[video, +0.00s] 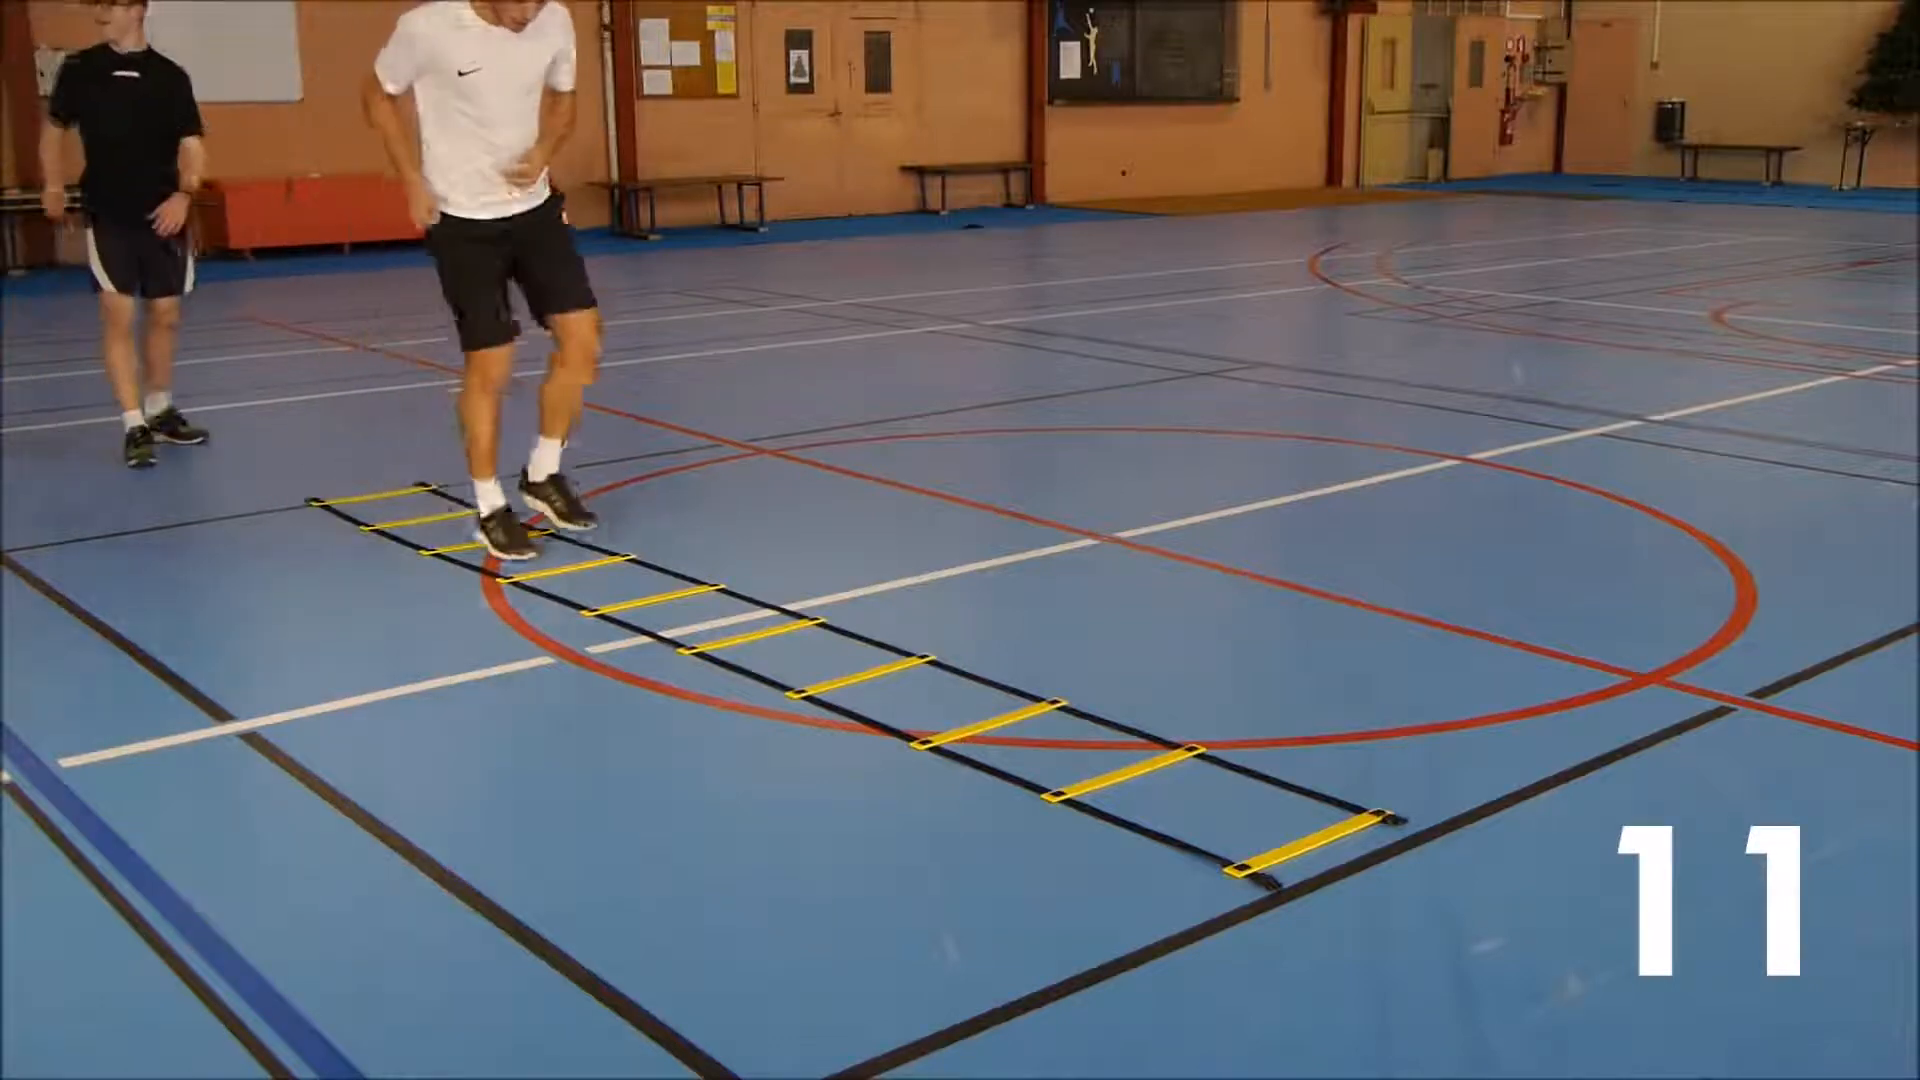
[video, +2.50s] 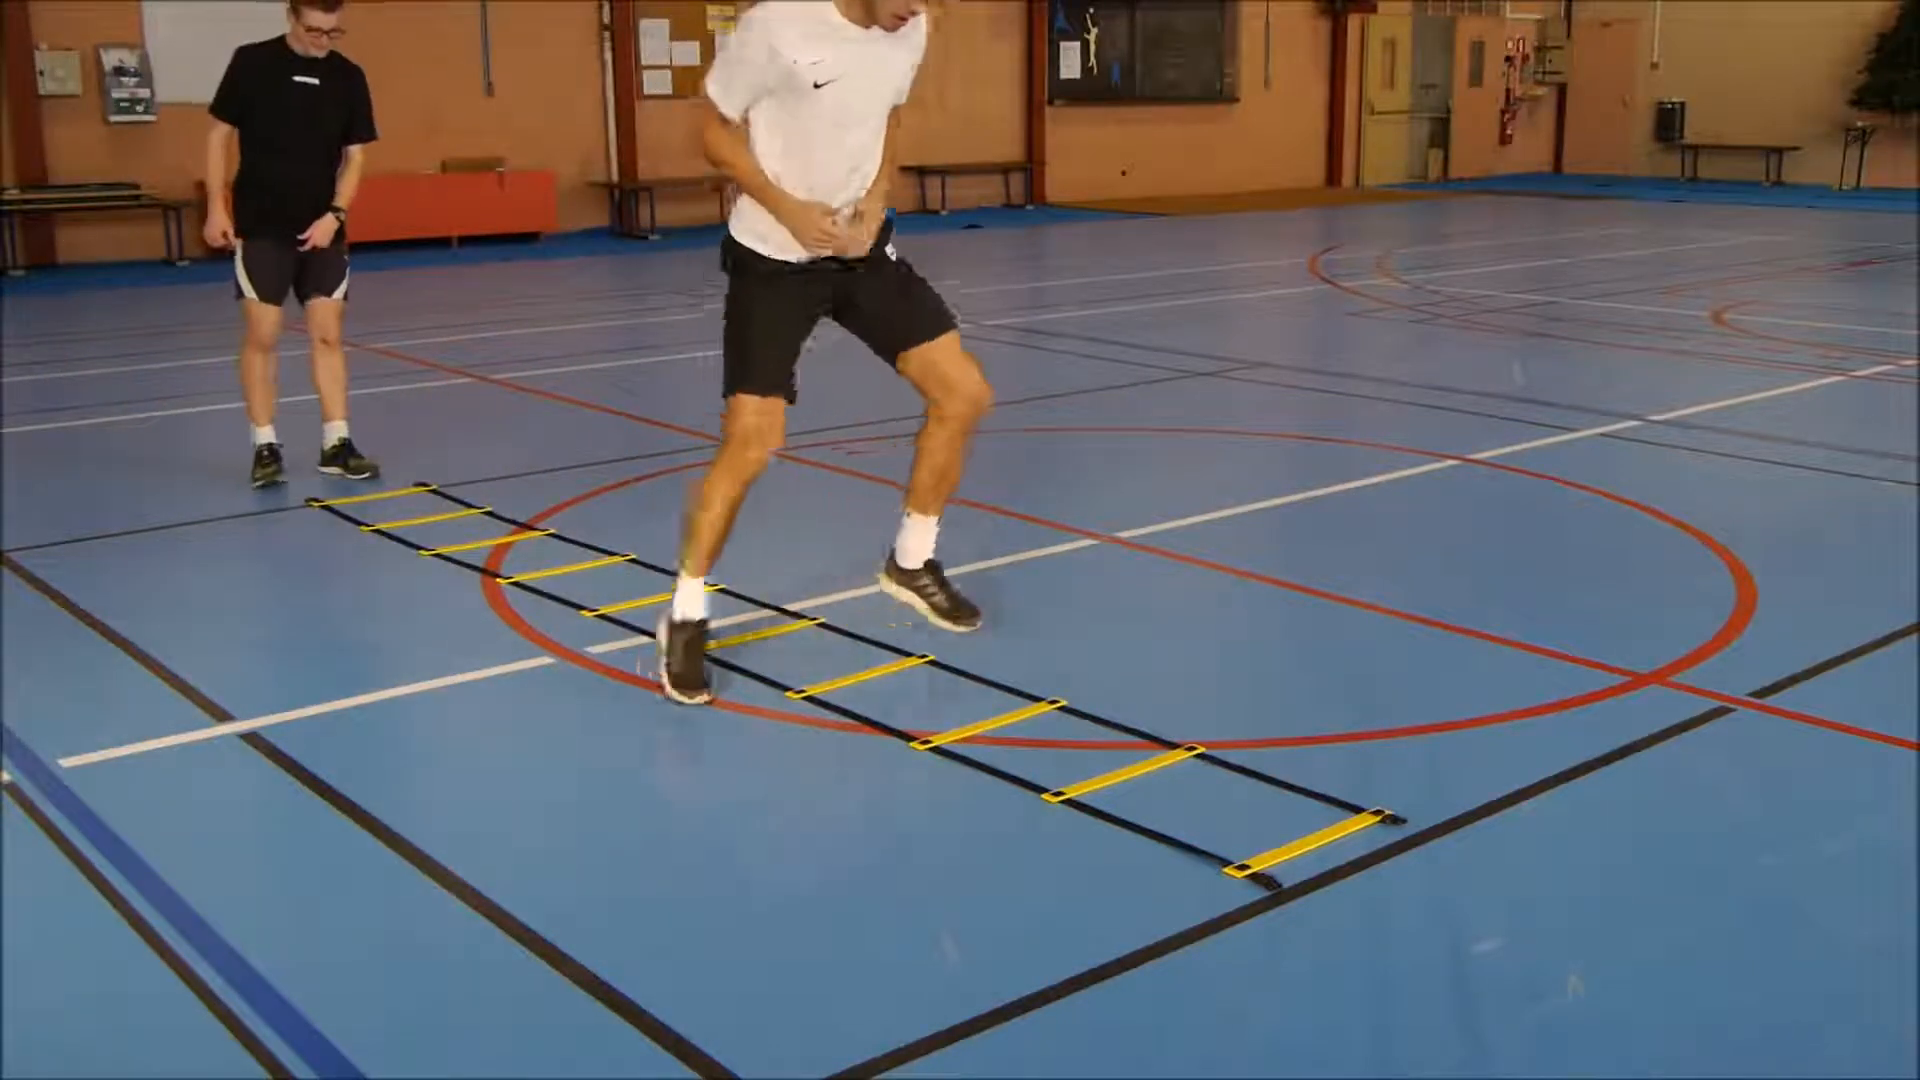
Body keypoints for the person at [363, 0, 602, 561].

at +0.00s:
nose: (528, 16)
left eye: (535, 8)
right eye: (520, 8)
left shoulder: (554, 21)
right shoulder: (426, 27)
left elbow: (561, 98)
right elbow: (378, 92)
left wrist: (542, 152)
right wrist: (413, 182)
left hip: (536, 211)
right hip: (463, 220)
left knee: (581, 343)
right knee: (489, 364)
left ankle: (543, 475)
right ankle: (491, 508)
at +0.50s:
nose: (595, 16)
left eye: (603, 6)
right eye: (586, 5)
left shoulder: (629, 33)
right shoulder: (492, 25)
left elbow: (637, 117)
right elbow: (449, 104)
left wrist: (601, 171)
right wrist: (494, 162)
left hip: (598, 224)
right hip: (512, 223)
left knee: (646, 369)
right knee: (494, 370)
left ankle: (643, 510)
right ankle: (489, 498)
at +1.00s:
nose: (658, 16)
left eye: (663, 9)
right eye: (650, 9)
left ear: (666, 1)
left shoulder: (677, 25)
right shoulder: (548, 26)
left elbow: (676, 106)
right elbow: (492, 107)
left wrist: (656, 170)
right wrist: (574, 158)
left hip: (647, 234)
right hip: (565, 240)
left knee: (726, 359)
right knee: (545, 400)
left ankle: (656, 491)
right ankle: (489, 557)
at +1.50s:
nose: (721, 1)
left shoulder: (763, 14)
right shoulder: (613, 10)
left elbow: (767, 102)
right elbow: (568, 77)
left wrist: (726, 168)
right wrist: (614, 155)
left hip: (718, 226)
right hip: (633, 229)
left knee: (754, 383)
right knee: (654, 394)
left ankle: (696, 541)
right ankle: (651, 547)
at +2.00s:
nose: (822, 6)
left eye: (829, 3)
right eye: (813, 2)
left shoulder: (853, 24)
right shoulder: (698, 17)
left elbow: (854, 118)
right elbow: (654, 98)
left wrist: (818, 198)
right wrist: (708, 169)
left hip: (807, 242)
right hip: (714, 244)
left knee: (864, 405)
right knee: (744, 420)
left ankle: (835, 551)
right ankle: (767, 585)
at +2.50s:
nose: (913, 3)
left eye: (917, 0)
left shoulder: (912, 29)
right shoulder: (773, 26)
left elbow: (887, 116)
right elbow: (714, 131)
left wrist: (876, 202)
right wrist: (792, 210)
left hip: (862, 249)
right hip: (769, 259)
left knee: (961, 395)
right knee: (754, 441)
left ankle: (913, 562)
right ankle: (686, 613)